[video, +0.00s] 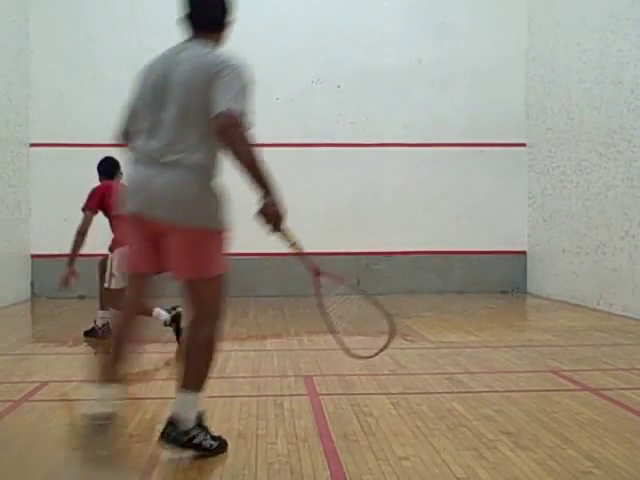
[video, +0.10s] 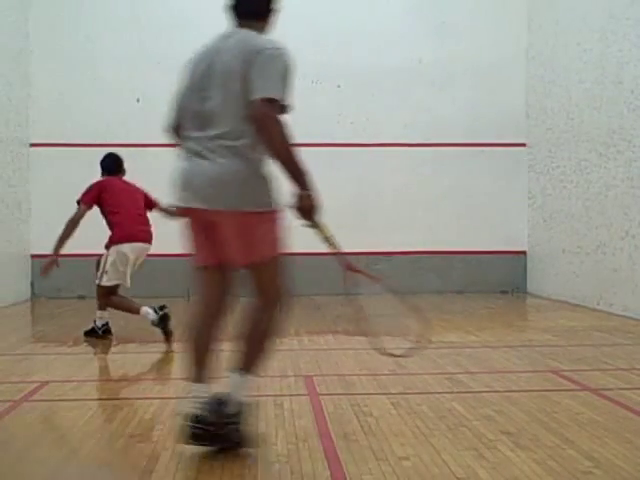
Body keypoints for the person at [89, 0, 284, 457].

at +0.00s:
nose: (224, 23)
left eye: (212, 16)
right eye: (225, 17)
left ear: (187, 20)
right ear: (224, 22)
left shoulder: (159, 64)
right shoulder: (224, 66)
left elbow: (127, 134)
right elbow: (228, 127)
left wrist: (181, 147)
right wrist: (268, 192)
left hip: (140, 199)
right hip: (192, 202)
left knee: (134, 300)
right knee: (205, 310)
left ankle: (102, 405)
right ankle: (184, 421)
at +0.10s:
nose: (272, 14)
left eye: (266, 9)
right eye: (273, 9)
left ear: (233, 11)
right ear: (269, 11)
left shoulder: (206, 53)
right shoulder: (267, 50)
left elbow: (179, 126)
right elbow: (263, 114)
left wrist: (225, 149)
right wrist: (303, 184)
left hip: (196, 188)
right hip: (243, 189)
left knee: (212, 292)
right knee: (270, 294)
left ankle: (200, 405)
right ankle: (230, 399)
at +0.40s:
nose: (428, 64)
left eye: (422, 55)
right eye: (429, 57)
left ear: (393, 55)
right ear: (427, 59)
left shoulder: (369, 102)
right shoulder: (421, 108)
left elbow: (349, 171)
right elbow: (442, 189)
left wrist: (390, 202)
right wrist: (493, 252)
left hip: (361, 238)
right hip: (404, 239)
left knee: (387, 328)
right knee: (478, 318)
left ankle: (313, 382)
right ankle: (473, 437)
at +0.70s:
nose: (563, 109)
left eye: (563, 102)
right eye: (564, 102)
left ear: (527, 92)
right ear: (560, 101)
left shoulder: (485, 120)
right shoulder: (549, 137)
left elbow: (428, 149)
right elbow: (586, 207)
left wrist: (388, 192)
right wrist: (636, 235)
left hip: (457, 234)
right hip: (496, 238)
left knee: (520, 306)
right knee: (520, 333)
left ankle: (554, 371)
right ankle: (477, 426)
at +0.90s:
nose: (607, 143)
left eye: (608, 137)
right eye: (608, 136)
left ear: (574, 124)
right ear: (599, 132)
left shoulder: (530, 143)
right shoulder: (597, 163)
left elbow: (480, 183)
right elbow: (607, 227)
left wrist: (460, 231)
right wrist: (626, 263)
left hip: (499, 249)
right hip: (539, 255)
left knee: (564, 294)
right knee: (560, 342)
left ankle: (579, 376)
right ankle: (492, 400)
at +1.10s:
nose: (607, 129)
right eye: (609, 124)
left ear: (574, 114)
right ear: (608, 123)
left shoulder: (540, 134)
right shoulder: (610, 155)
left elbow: (489, 172)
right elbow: (596, 196)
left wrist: (468, 220)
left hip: (512, 231)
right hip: (558, 236)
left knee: (563, 302)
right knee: (575, 323)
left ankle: (579, 376)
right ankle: (508, 370)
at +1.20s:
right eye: (594, 105)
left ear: (560, 101)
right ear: (595, 107)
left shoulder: (531, 128)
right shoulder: (604, 139)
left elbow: (480, 168)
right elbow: (599, 183)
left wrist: (452, 211)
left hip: (518, 229)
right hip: (566, 230)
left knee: (561, 300)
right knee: (585, 315)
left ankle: (579, 377)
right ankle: (521, 366)